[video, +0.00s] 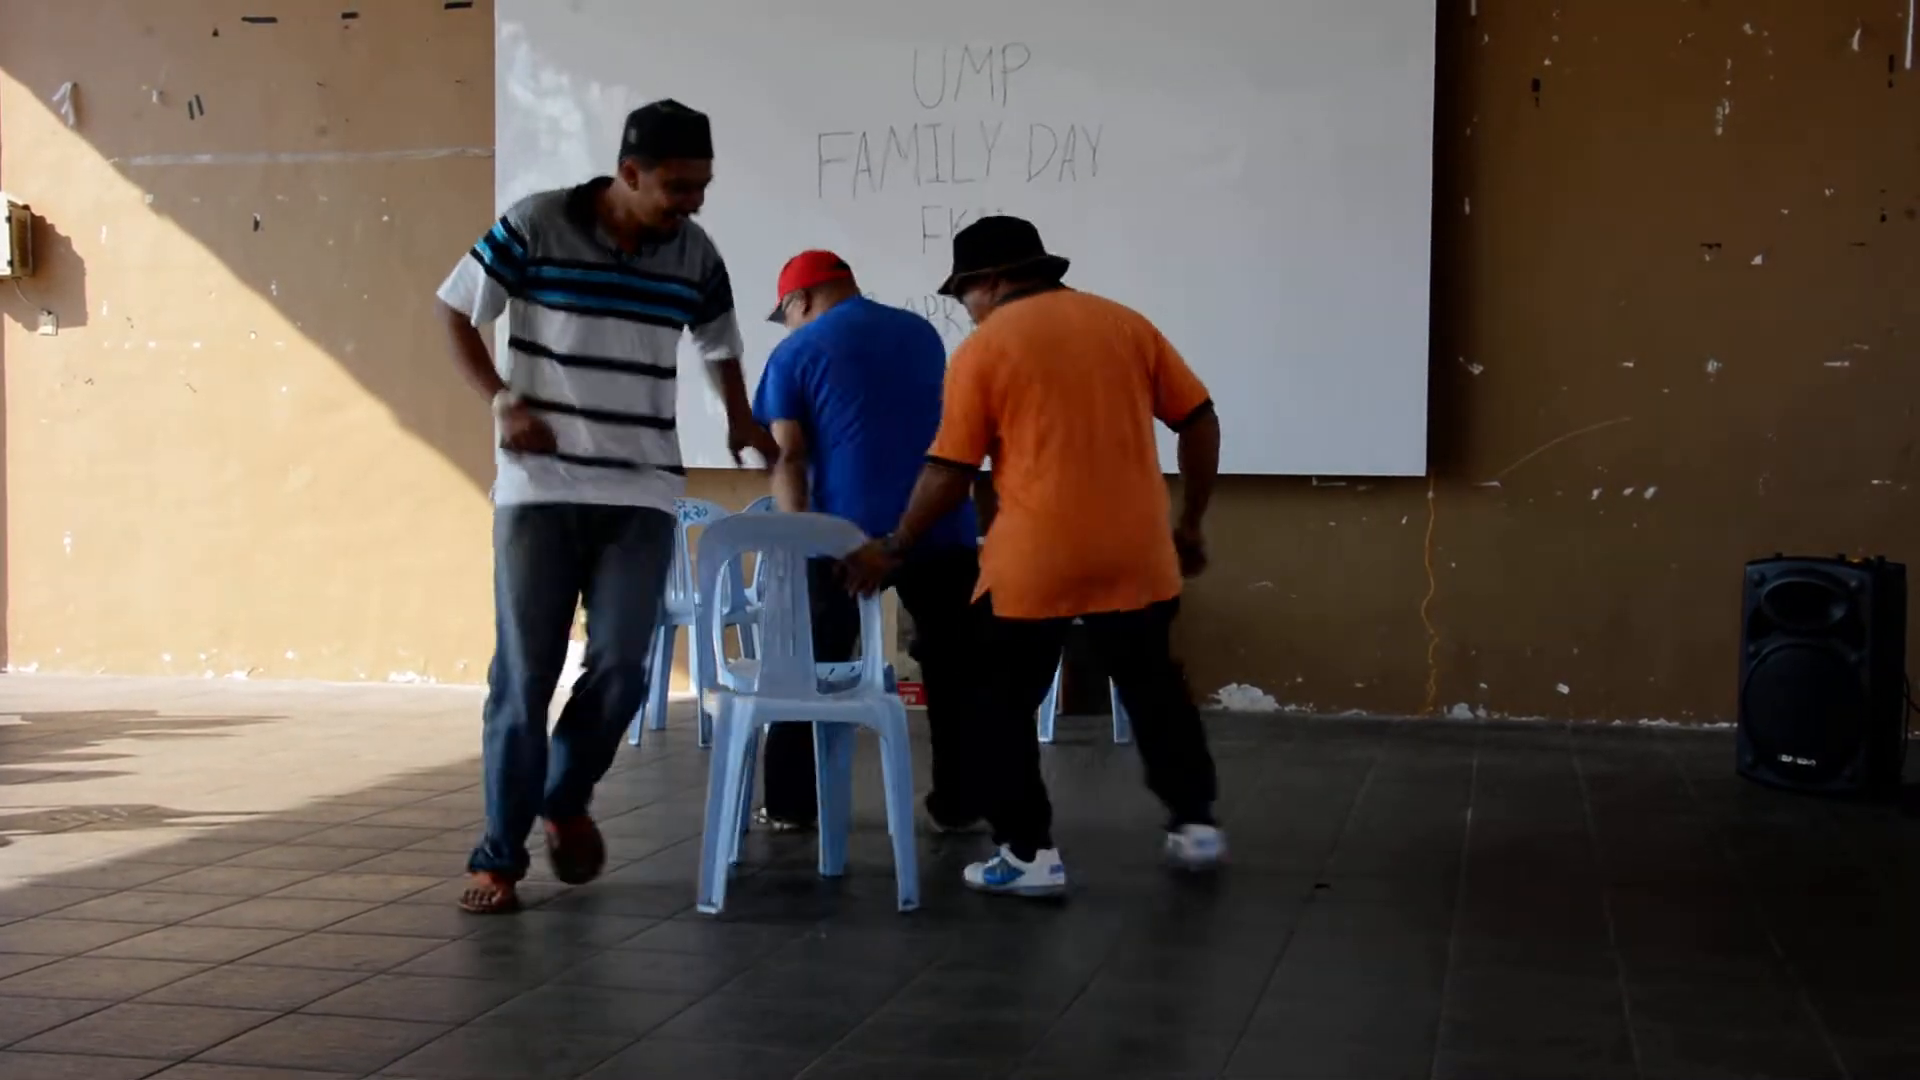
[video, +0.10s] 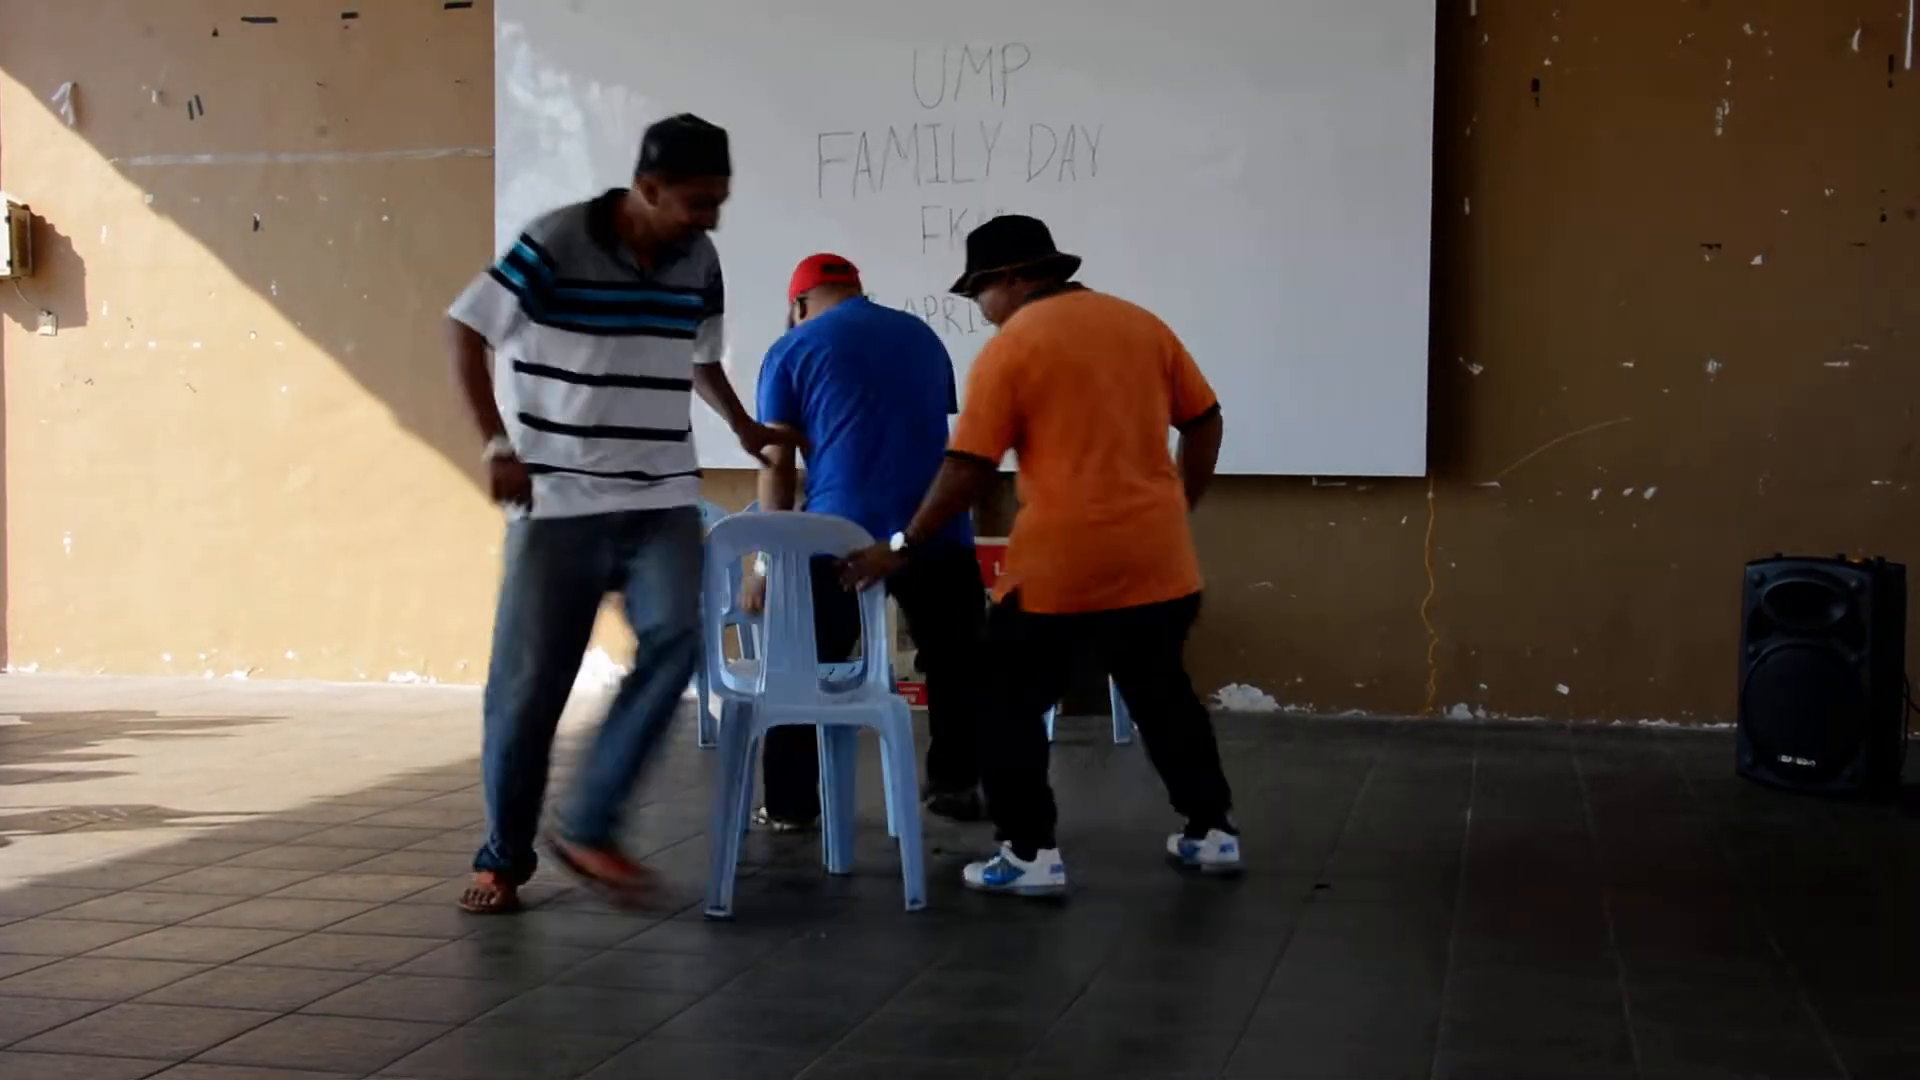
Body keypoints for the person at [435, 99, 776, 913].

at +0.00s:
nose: (692, 206)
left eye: (700, 190)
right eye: (679, 191)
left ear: (703, 178)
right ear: (629, 173)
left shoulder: (696, 257)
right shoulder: (538, 224)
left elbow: (722, 349)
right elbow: (459, 312)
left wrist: (741, 418)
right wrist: (500, 398)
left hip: (641, 491)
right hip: (540, 484)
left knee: (624, 665)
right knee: (524, 673)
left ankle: (566, 797)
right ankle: (497, 856)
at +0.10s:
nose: (710, 221)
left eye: (717, 205)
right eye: (698, 205)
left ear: (714, 193)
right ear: (647, 188)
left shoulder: (700, 262)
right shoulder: (556, 242)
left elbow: (702, 360)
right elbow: (468, 327)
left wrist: (749, 430)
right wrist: (496, 443)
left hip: (663, 501)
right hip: (560, 500)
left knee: (676, 642)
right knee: (527, 683)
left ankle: (590, 831)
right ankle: (503, 857)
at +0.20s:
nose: (747, 228)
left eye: (752, 213)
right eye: (738, 212)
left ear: (716, 201)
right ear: (689, 195)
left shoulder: (719, 268)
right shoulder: (586, 245)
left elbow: (701, 363)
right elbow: (490, 331)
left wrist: (761, 441)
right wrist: (505, 446)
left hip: (693, 513)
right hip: (585, 516)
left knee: (737, 671)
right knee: (549, 700)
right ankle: (511, 859)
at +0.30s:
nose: (786, 228)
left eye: (790, 212)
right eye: (780, 210)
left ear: (750, 201)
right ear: (731, 192)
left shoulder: (749, 278)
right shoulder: (623, 245)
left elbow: (730, 399)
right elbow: (516, 320)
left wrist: (783, 479)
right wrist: (537, 424)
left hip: (737, 534)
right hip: (627, 537)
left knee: (805, 684)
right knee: (584, 713)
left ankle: (797, 895)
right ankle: (516, 859)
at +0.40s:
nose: (820, 218)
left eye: (825, 202)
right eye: (816, 200)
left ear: (782, 188)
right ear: (769, 183)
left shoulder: (772, 258)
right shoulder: (662, 240)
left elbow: (746, 386)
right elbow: (562, 321)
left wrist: (784, 486)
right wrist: (600, 418)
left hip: (775, 526)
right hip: (676, 533)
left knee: (840, 687)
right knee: (645, 704)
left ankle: (798, 895)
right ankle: (546, 850)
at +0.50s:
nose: (840, 191)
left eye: (843, 173)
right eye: (836, 172)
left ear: (793, 166)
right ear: (799, 166)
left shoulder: (784, 255)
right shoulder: (689, 224)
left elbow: (763, 376)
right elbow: (627, 328)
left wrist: (787, 458)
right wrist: (712, 411)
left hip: (785, 509)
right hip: (700, 512)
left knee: (845, 684)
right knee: (692, 702)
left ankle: (807, 889)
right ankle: (637, 879)